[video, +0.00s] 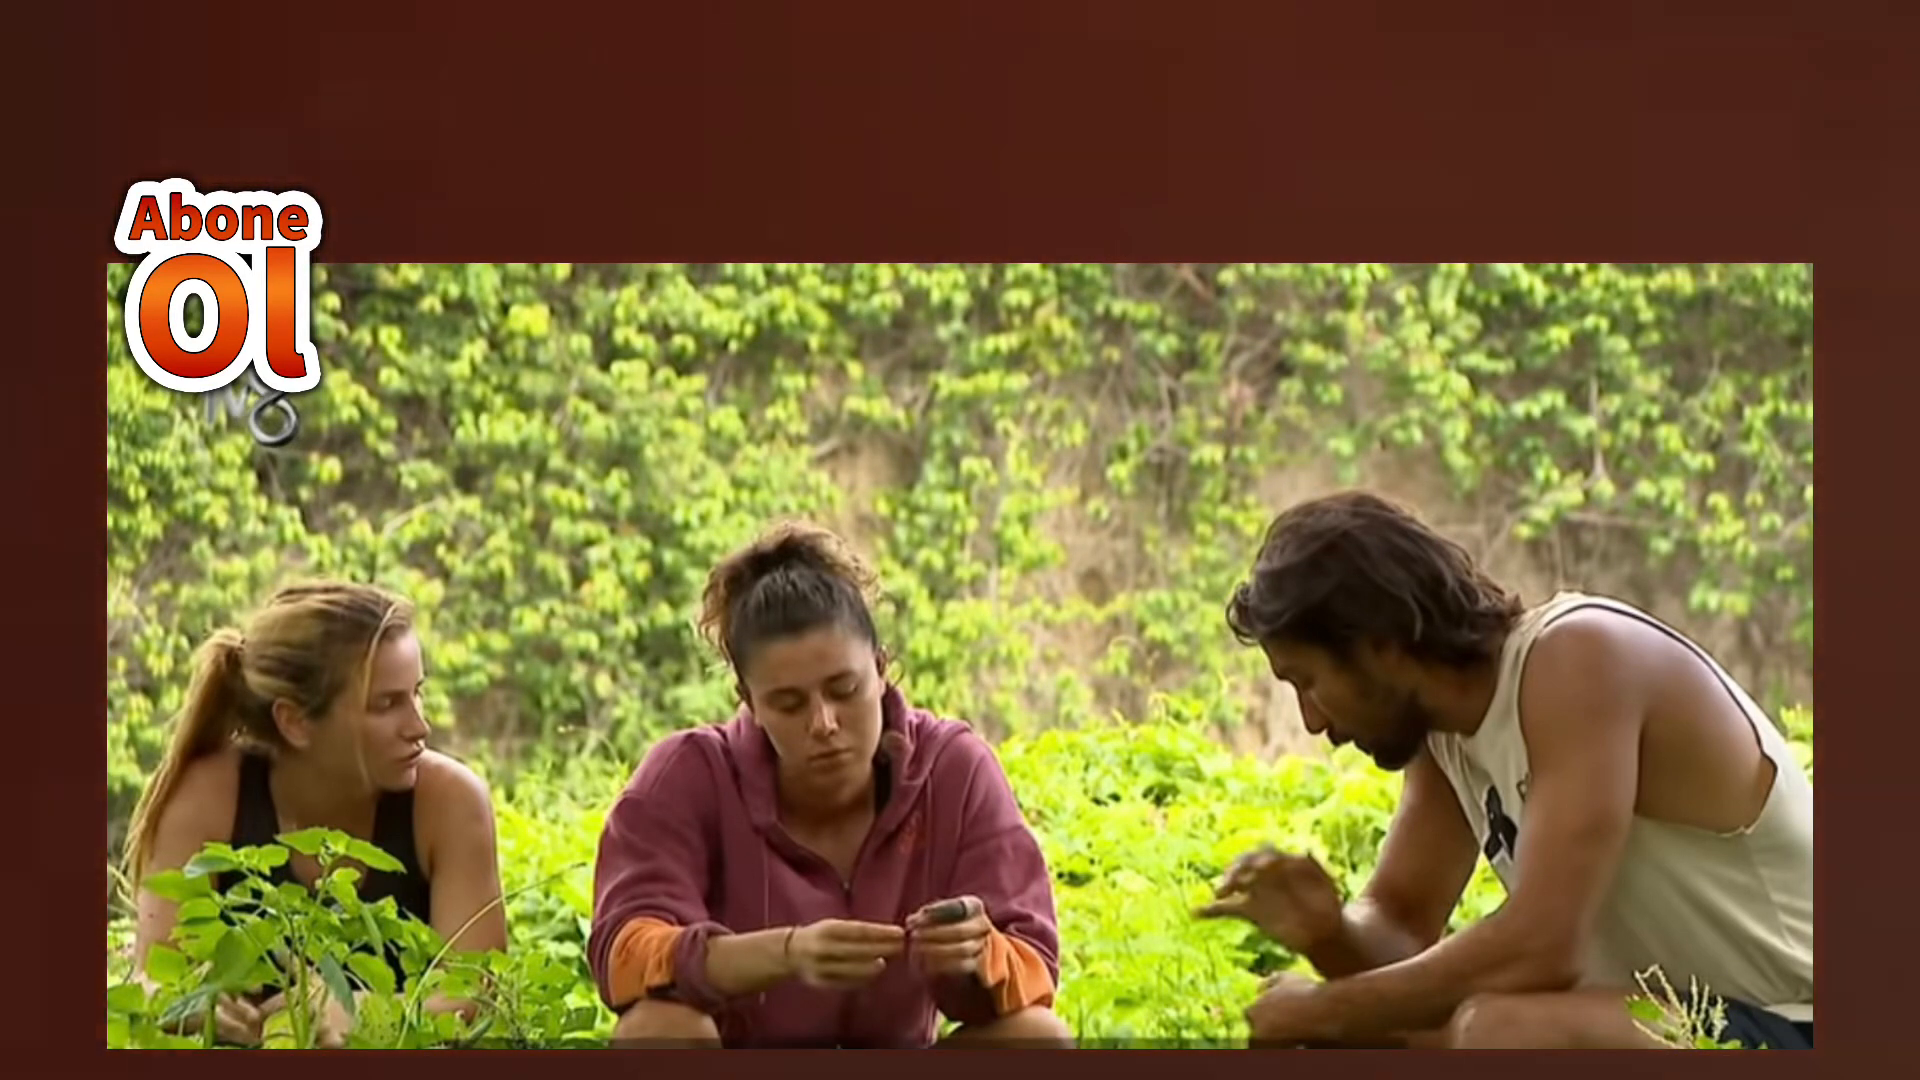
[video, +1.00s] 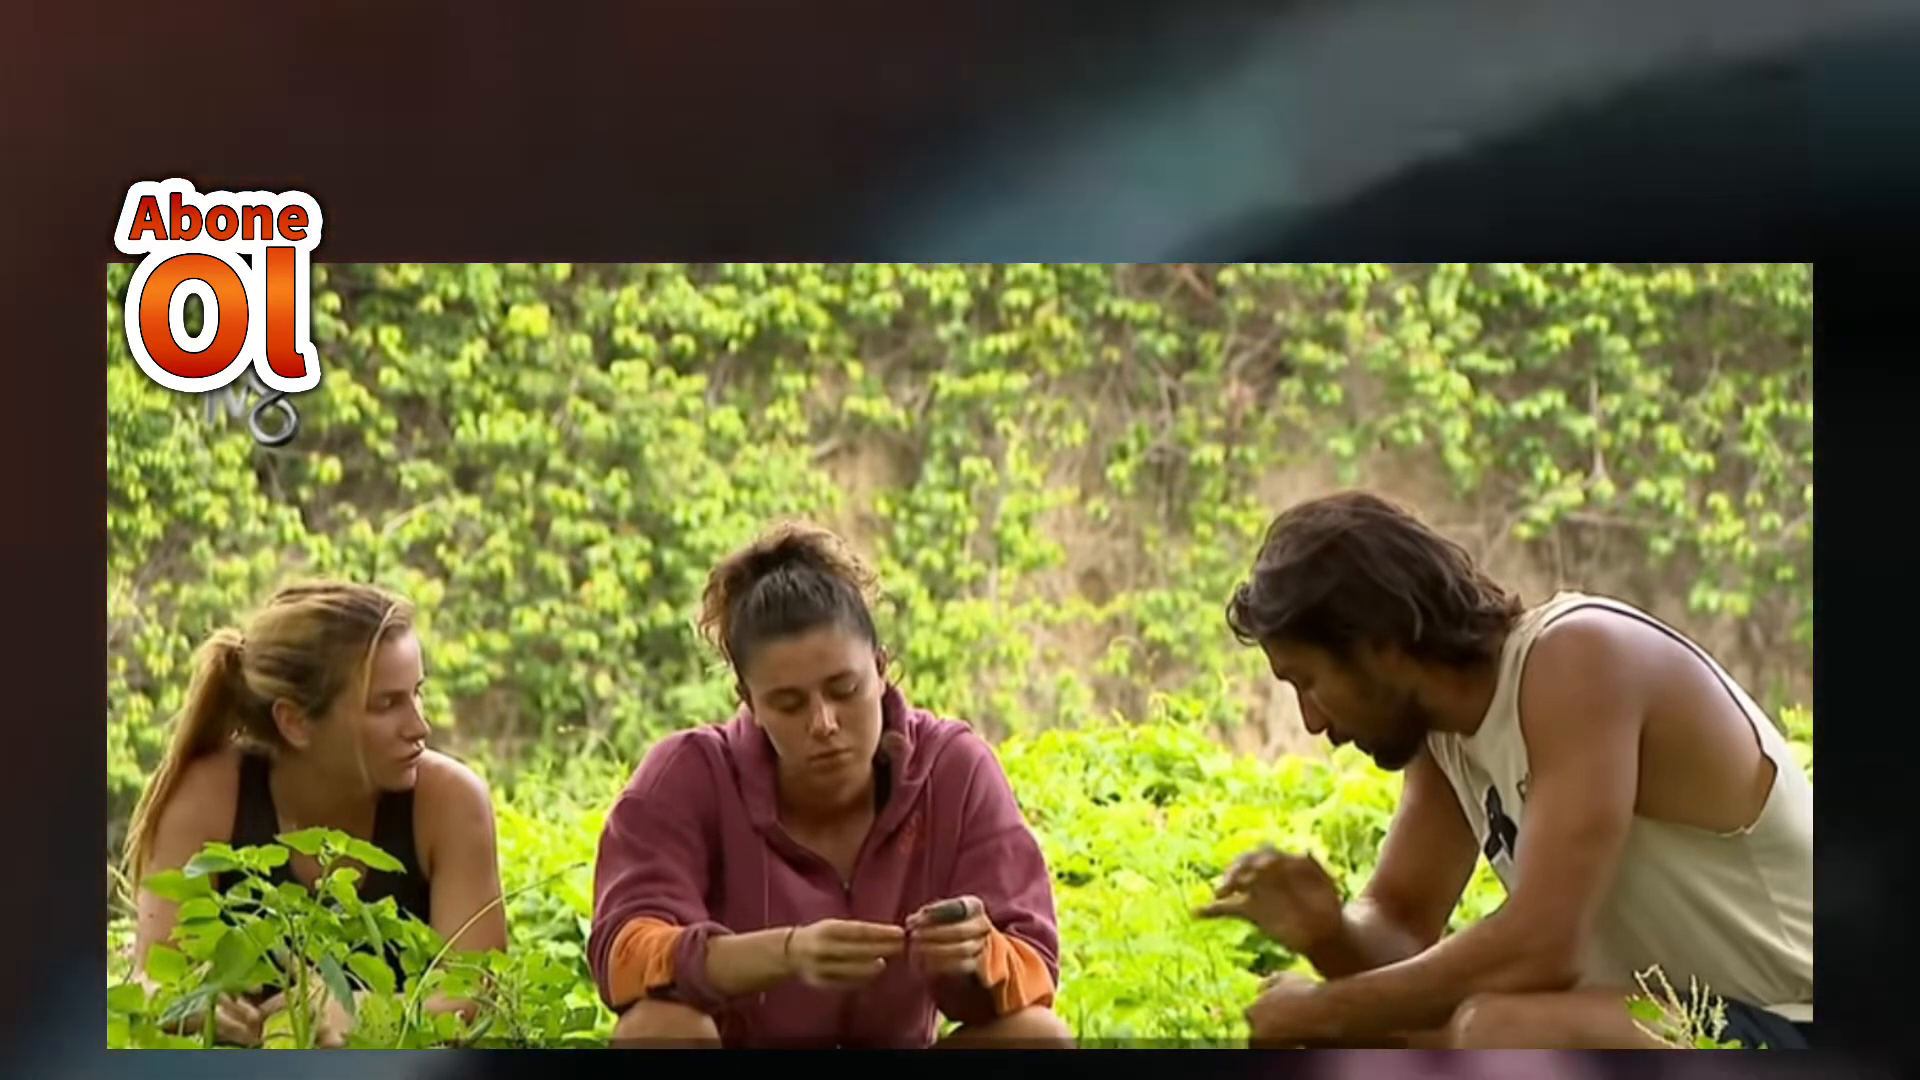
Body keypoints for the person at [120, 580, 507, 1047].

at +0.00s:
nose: (420, 725)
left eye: (417, 695)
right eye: (387, 705)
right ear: (295, 722)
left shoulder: (451, 800)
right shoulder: (206, 792)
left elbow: (470, 1001)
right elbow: (152, 982)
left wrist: (353, 1013)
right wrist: (200, 1008)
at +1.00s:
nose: (420, 725)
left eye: (417, 695)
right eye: (387, 705)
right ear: (295, 723)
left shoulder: (451, 800)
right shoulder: (206, 792)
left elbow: (470, 1001)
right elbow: (153, 985)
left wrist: (354, 1013)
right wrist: (200, 1009)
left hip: (386, 1065)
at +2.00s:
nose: (420, 725)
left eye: (417, 695)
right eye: (387, 705)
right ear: (295, 723)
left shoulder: (451, 800)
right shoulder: (206, 793)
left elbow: (470, 1000)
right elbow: (153, 985)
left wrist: (354, 1013)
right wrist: (200, 1009)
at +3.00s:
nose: (420, 725)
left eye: (417, 695)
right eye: (387, 705)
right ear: (295, 722)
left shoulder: (452, 800)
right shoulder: (206, 792)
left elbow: (470, 1002)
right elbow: (153, 983)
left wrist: (354, 1014)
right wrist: (202, 1008)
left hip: (387, 1069)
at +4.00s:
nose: (420, 725)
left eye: (417, 695)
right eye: (388, 705)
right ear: (295, 722)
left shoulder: (451, 799)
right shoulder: (206, 792)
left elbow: (471, 1002)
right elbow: (154, 983)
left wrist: (354, 1013)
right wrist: (200, 1008)